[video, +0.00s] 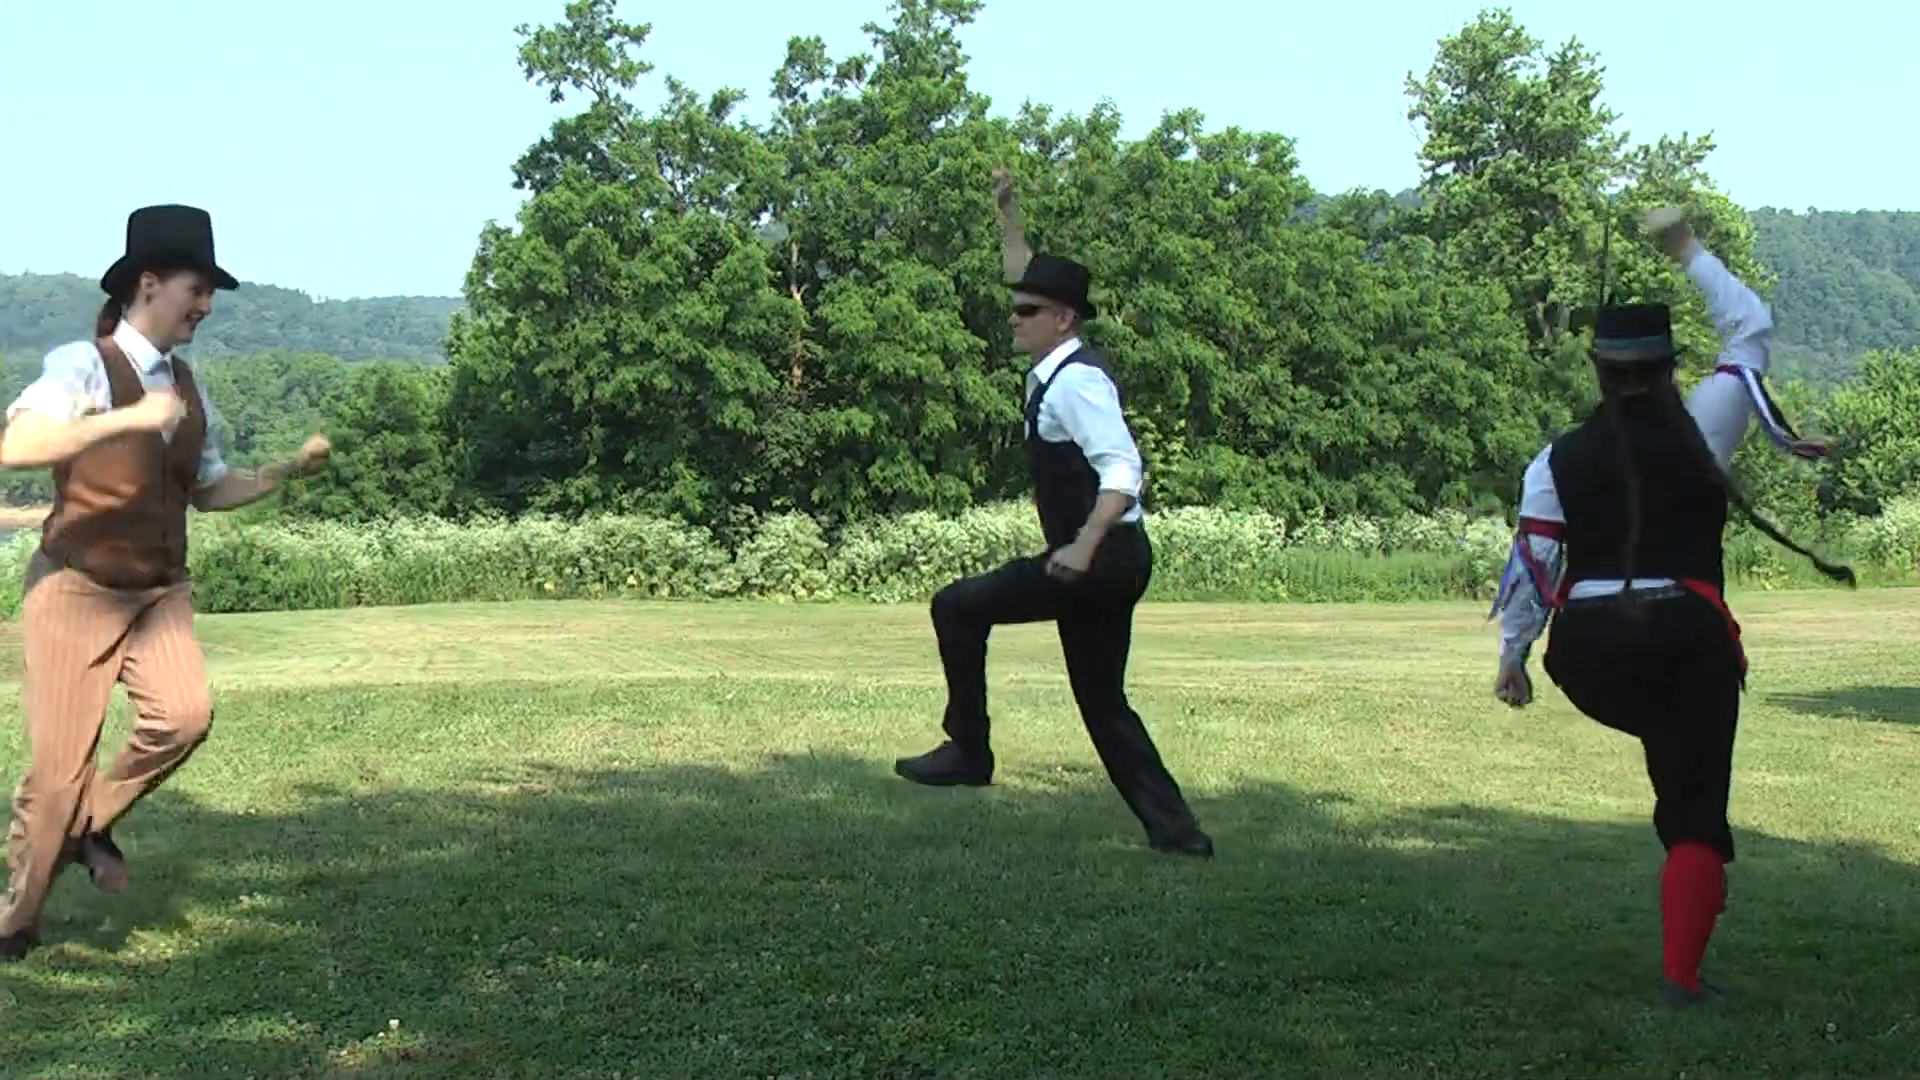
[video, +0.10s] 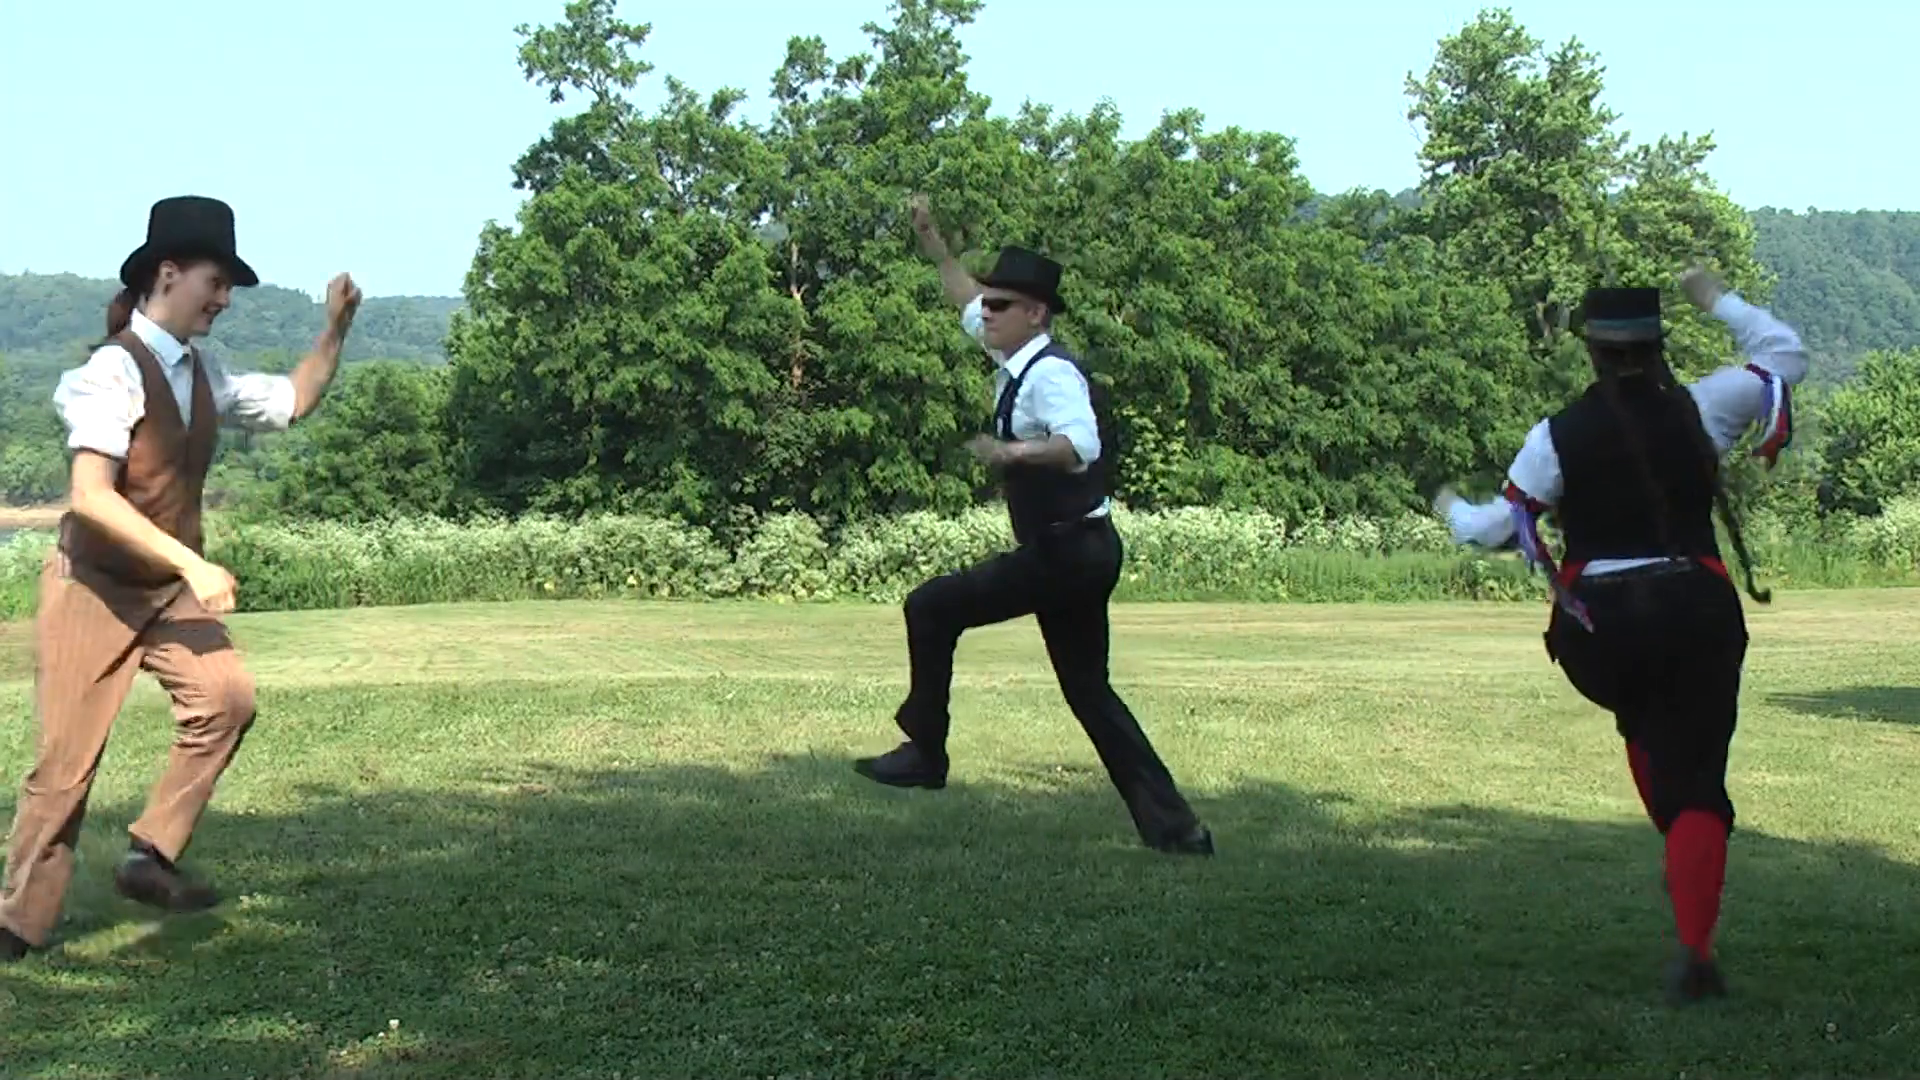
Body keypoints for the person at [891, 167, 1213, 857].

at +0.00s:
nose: (1016, 321)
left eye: (1028, 312)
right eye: (1016, 310)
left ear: (1064, 318)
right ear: (1052, 316)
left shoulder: (1077, 383)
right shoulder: (1056, 366)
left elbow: (1122, 469)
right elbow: (1026, 280)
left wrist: (1086, 541)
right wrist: (1007, 212)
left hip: (1098, 555)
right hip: (1102, 556)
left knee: (957, 608)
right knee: (1102, 703)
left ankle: (967, 750)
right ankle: (1178, 835)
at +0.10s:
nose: (987, 317)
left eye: (1000, 306)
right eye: (985, 307)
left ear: (1038, 313)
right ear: (992, 314)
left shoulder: (1051, 374)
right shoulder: (1016, 358)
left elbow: (1080, 444)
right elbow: (968, 300)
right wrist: (931, 240)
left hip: (1068, 554)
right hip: (1071, 552)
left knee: (931, 608)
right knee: (1089, 693)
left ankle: (924, 752)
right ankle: (1174, 829)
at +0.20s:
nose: (961, 306)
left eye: (976, 296)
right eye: (959, 295)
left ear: (1014, 303)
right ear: (957, 301)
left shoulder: (1027, 359)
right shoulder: (969, 346)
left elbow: (1031, 397)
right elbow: (917, 332)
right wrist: (861, 299)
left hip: (1028, 545)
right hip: (1019, 543)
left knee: (904, 641)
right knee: (1061, 682)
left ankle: (897, 793)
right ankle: (1157, 807)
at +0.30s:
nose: (934, 303)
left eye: (948, 294)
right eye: (932, 293)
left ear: (984, 306)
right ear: (931, 300)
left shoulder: (991, 376)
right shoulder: (937, 367)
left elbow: (993, 353)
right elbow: (897, 399)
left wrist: (959, 288)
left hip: (982, 548)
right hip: (957, 548)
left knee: (896, 679)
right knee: (997, 687)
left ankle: (883, 837)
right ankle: (1123, 781)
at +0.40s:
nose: (906, 306)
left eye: (919, 298)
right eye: (902, 296)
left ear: (949, 309)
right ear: (897, 305)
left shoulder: (959, 377)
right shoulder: (900, 371)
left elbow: (954, 308)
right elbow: (891, 450)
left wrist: (928, 216)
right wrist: (842, 491)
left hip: (951, 557)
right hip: (912, 556)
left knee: (877, 686)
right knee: (900, 700)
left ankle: (880, 840)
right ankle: (1035, 751)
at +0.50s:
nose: (880, 291)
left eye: (892, 282)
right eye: (876, 282)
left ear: (922, 289)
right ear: (876, 291)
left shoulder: (933, 356)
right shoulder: (875, 355)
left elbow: (926, 274)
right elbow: (882, 447)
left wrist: (911, 184)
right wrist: (862, 511)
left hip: (927, 544)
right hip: (873, 539)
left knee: (879, 688)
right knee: (805, 656)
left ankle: (881, 830)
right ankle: (928, 721)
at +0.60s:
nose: (860, 260)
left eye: (872, 249)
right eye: (853, 249)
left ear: (901, 255)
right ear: (847, 257)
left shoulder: (916, 321)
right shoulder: (853, 323)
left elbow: (913, 234)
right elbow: (860, 414)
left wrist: (890, 140)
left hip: (895, 514)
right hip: (833, 503)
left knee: (877, 676)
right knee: (749, 599)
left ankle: (884, 824)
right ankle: (834, 688)